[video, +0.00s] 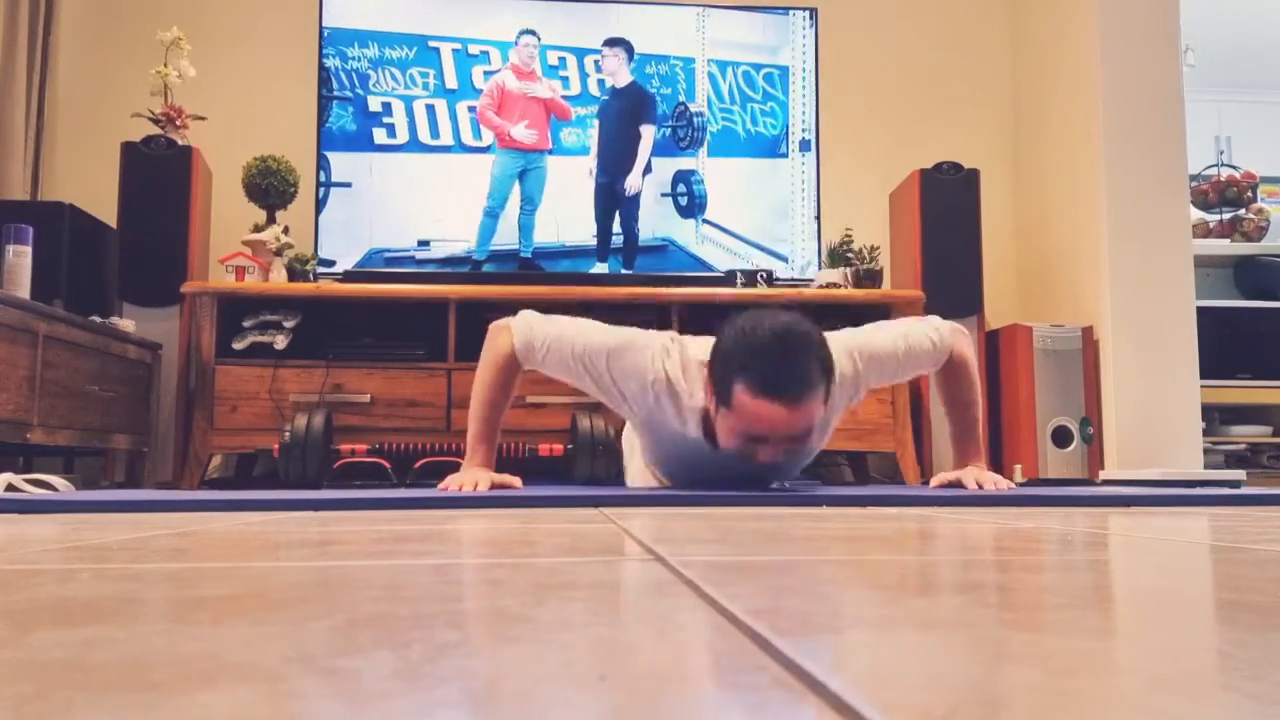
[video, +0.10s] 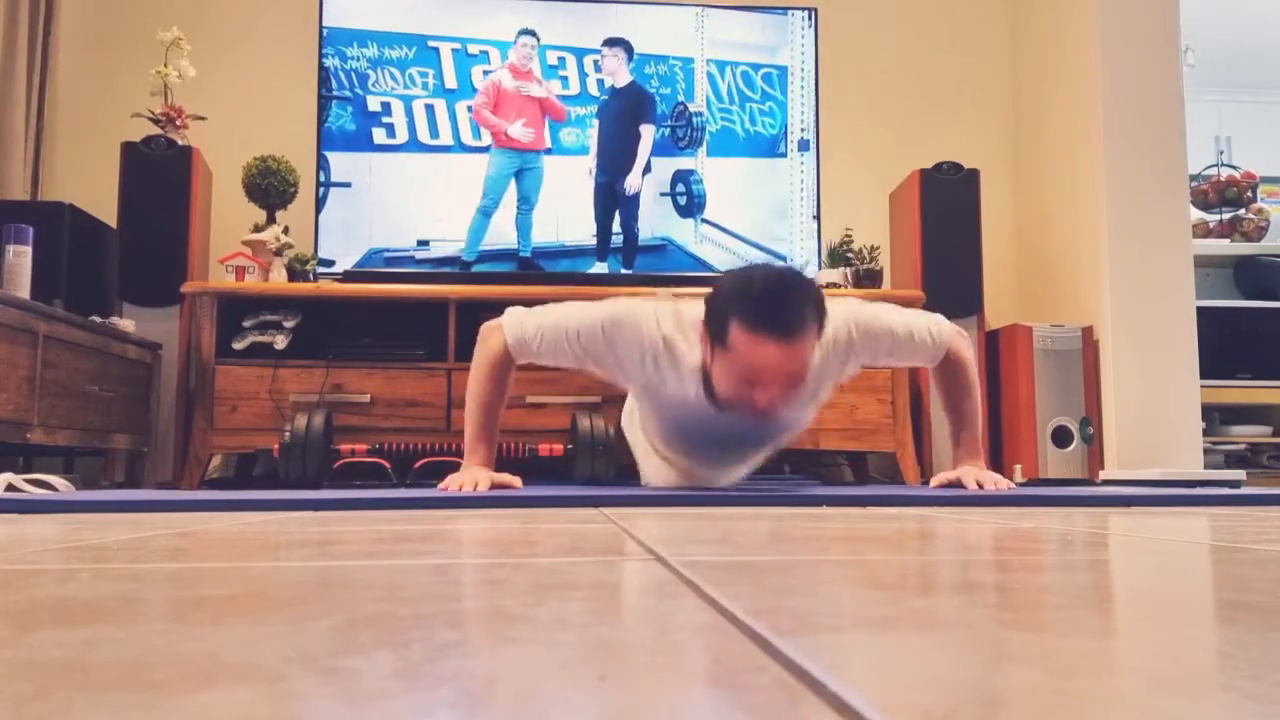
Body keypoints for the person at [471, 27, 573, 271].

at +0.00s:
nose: (531, 50)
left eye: (535, 46)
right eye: (526, 45)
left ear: (539, 51)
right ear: (515, 48)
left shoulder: (545, 84)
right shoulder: (501, 79)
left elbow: (568, 115)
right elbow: (483, 112)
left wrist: (548, 95)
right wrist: (510, 130)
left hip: (537, 156)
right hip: (508, 154)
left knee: (530, 207)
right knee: (494, 207)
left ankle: (526, 258)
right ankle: (479, 259)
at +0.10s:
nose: (528, 51)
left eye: (533, 48)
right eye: (524, 46)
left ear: (537, 53)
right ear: (513, 48)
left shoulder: (540, 83)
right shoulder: (498, 78)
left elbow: (562, 116)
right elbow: (479, 111)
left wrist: (545, 96)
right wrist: (507, 129)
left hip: (533, 155)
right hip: (504, 153)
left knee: (527, 206)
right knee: (488, 205)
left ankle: (525, 257)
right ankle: (467, 259)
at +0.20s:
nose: (526, 51)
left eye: (531, 47)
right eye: (521, 45)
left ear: (535, 52)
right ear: (511, 48)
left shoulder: (538, 82)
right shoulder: (497, 77)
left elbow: (559, 116)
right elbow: (476, 109)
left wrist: (543, 96)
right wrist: (505, 128)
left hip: (531, 156)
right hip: (502, 153)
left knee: (525, 207)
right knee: (484, 206)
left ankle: (525, 257)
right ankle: (464, 260)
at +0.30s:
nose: (520, 49)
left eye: (524, 45)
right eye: (515, 44)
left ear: (528, 50)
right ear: (504, 46)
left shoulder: (532, 81)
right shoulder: (489, 76)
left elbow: (553, 116)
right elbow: (470, 110)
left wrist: (536, 95)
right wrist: (505, 124)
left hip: (525, 156)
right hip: (495, 154)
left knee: (520, 208)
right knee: (478, 208)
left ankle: (524, 256)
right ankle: (460, 261)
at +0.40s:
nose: (512, 47)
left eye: (516, 43)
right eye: (507, 42)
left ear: (520, 48)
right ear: (496, 45)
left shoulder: (524, 79)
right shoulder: (481, 74)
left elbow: (546, 115)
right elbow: (463, 109)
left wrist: (530, 95)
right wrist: (501, 119)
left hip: (519, 155)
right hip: (489, 154)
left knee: (517, 209)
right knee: (474, 209)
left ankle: (524, 256)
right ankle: (459, 262)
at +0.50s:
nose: (508, 47)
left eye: (511, 43)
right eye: (502, 42)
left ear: (517, 47)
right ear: (491, 46)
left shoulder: (520, 77)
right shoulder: (478, 75)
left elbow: (543, 115)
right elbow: (460, 110)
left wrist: (526, 95)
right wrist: (498, 120)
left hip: (517, 155)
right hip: (487, 154)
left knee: (516, 209)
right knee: (473, 210)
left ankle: (525, 257)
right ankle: (460, 263)